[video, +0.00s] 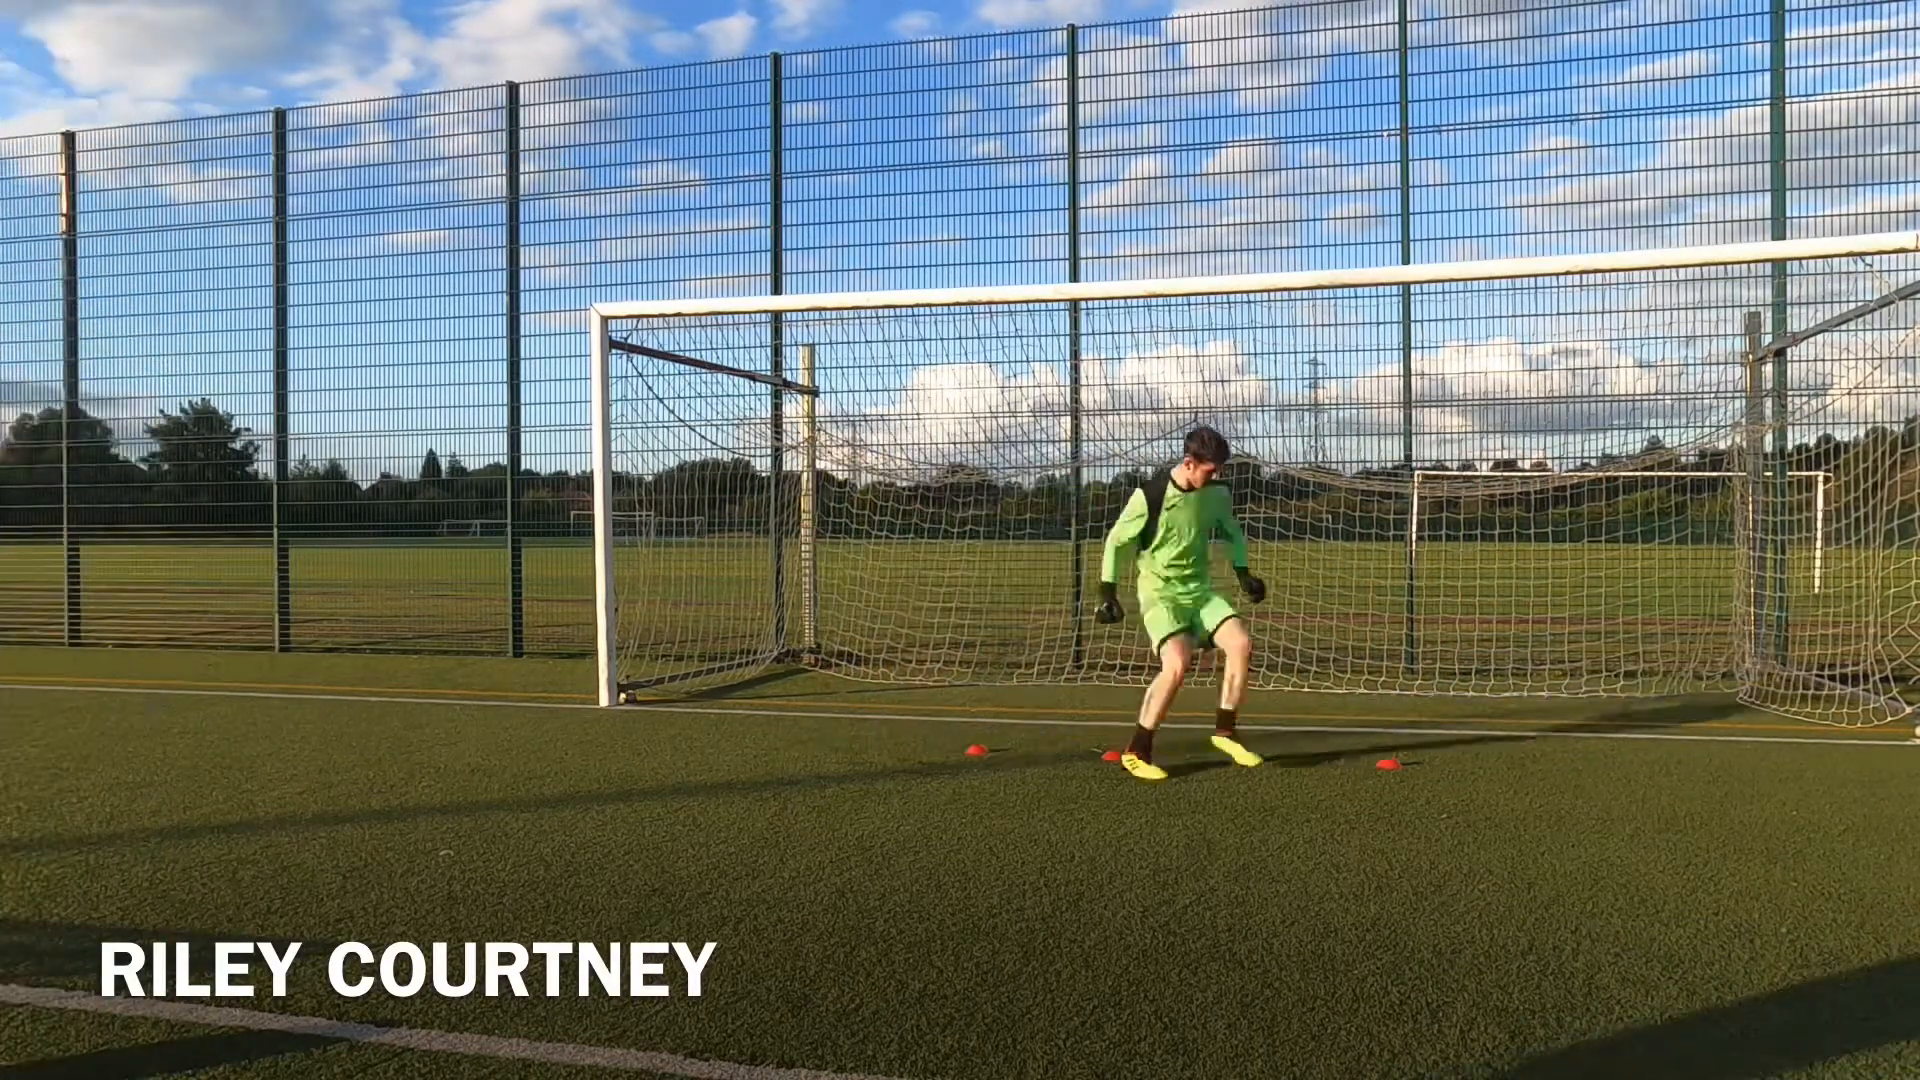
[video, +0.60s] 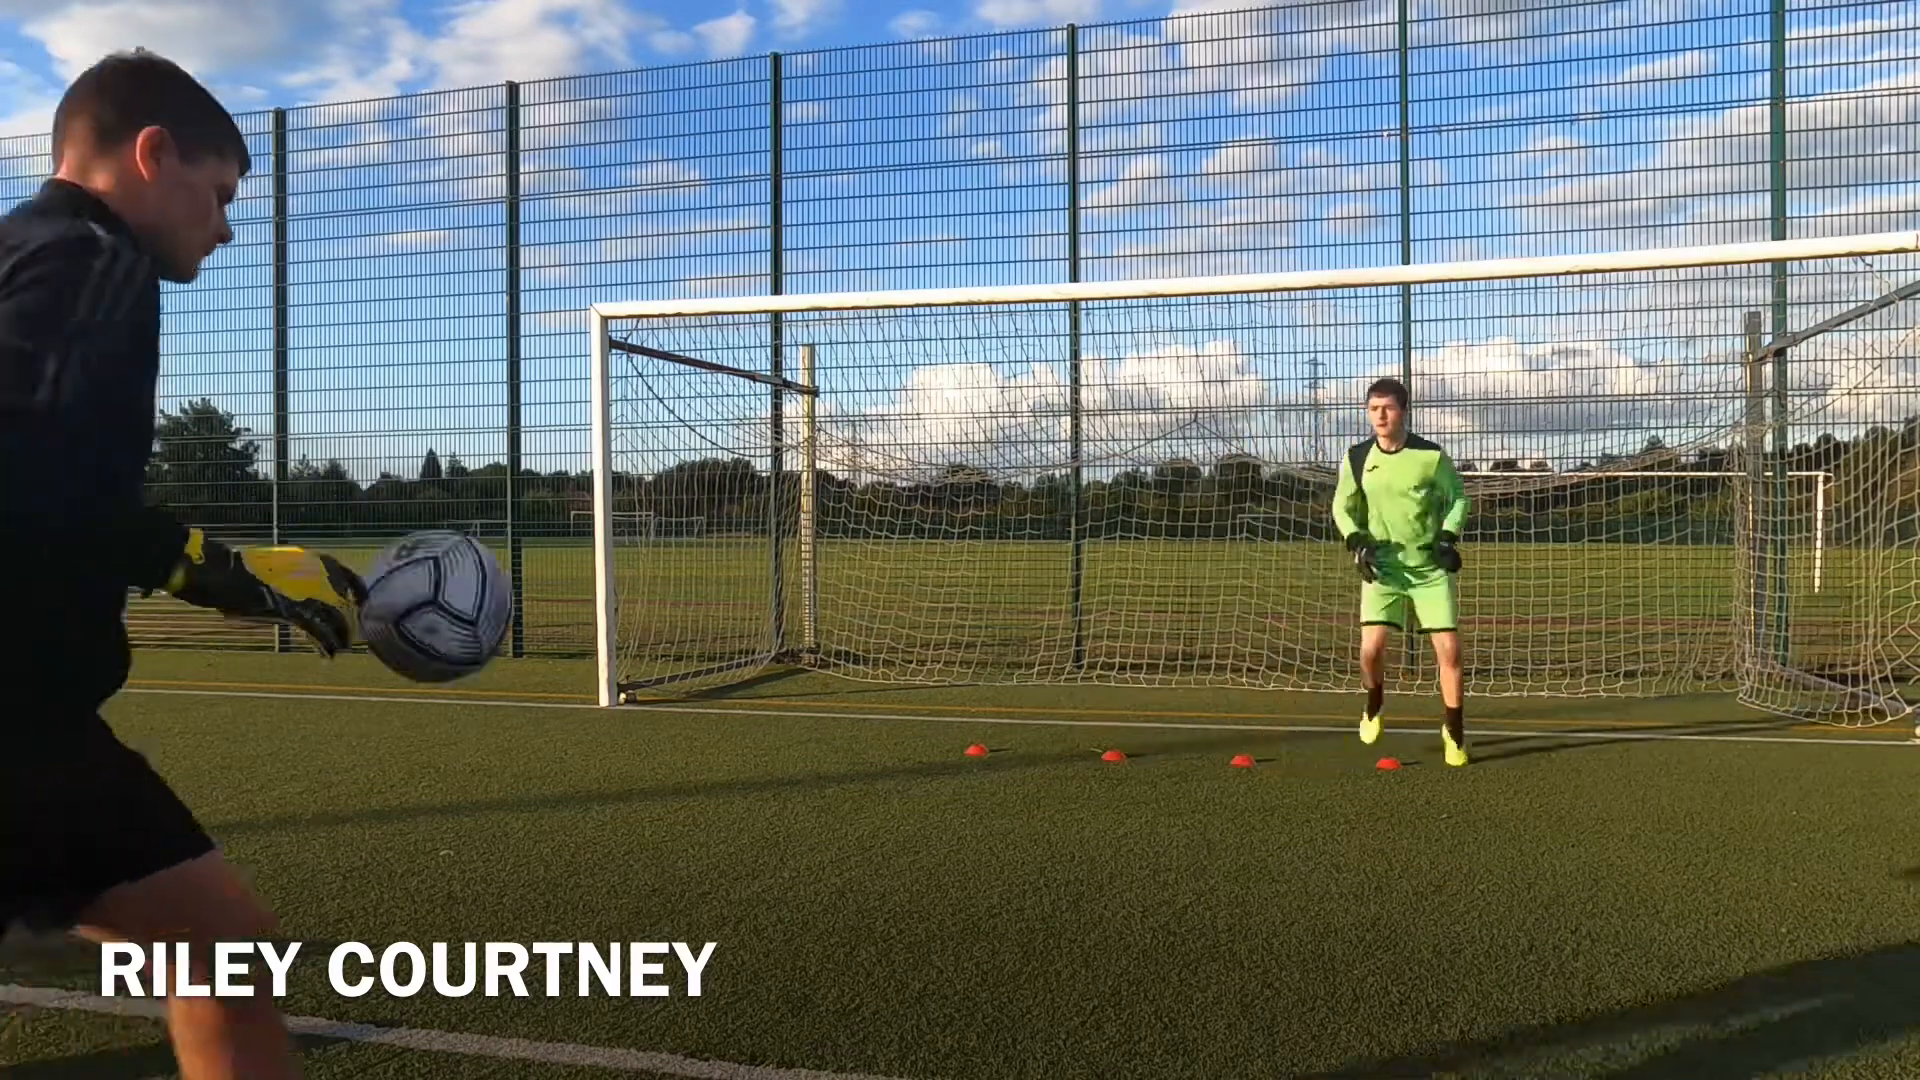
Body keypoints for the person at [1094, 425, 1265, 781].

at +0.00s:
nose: (1215, 476)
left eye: (1218, 469)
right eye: (1210, 469)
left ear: (1218, 465)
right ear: (1189, 462)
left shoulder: (1218, 495)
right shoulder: (1152, 495)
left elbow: (1233, 533)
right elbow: (1116, 539)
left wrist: (1243, 572)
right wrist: (1108, 593)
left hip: (1201, 591)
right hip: (1161, 594)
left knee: (1240, 643)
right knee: (1177, 663)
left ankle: (1225, 732)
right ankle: (1137, 751)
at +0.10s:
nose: (1250, 469)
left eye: (1254, 461)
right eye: (1244, 461)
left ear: (1256, 458)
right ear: (1222, 454)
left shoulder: (1258, 491)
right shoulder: (1189, 490)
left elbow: (1276, 532)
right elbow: (1157, 543)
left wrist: (1283, 565)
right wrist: (1156, 587)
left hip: (1245, 590)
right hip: (1203, 592)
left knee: (1261, 657)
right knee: (1205, 657)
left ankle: (1275, 750)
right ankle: (1158, 742)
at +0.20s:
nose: (1267, 443)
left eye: (1274, 436)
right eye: (1260, 435)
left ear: (1282, 440)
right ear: (1247, 435)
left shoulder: (1294, 479)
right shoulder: (1221, 477)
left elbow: (1301, 517)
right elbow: (1203, 533)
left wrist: (1306, 551)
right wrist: (1215, 566)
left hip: (1282, 579)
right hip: (1238, 577)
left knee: (1293, 647)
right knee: (1235, 640)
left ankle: (1289, 742)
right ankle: (1229, 717)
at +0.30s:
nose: (1288, 434)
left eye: (1296, 427)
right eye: (1282, 427)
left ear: (1308, 431)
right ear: (1272, 430)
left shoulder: (1325, 472)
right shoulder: (1253, 473)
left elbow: (1332, 516)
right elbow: (1246, 533)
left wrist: (1332, 546)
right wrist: (1274, 543)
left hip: (1314, 576)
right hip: (1268, 580)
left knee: (1332, 641)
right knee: (1274, 663)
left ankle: (1328, 725)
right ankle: (1272, 733)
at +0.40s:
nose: (1316, 433)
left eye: (1323, 426)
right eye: (1310, 426)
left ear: (1337, 431)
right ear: (1302, 431)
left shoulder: (1360, 476)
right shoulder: (1285, 480)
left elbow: (1372, 520)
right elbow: (1280, 537)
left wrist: (1371, 548)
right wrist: (1318, 544)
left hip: (1350, 584)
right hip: (1304, 592)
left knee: (1377, 653)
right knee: (1305, 672)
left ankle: (1397, 722)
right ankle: (1273, 735)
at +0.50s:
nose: (1348, 426)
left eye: (1356, 418)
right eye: (1342, 419)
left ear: (1372, 421)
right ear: (1335, 424)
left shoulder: (1400, 467)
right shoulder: (1323, 471)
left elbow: (1417, 512)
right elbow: (1309, 523)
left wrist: (1410, 544)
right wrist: (1334, 556)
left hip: (1394, 583)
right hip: (1343, 584)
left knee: (1411, 663)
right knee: (1330, 662)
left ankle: (1440, 737)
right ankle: (1289, 731)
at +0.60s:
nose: (1381, 416)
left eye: (1389, 409)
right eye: (1375, 409)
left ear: (1405, 411)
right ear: (1367, 414)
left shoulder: (1432, 456)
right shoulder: (1356, 458)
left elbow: (1458, 500)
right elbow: (1342, 508)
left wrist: (1447, 536)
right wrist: (1357, 543)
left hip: (1429, 568)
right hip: (1380, 568)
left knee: (1450, 651)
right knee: (1370, 650)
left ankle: (1454, 732)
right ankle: (1374, 704)